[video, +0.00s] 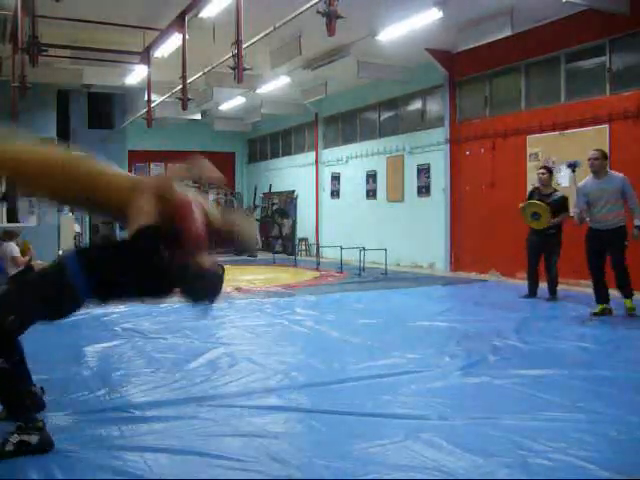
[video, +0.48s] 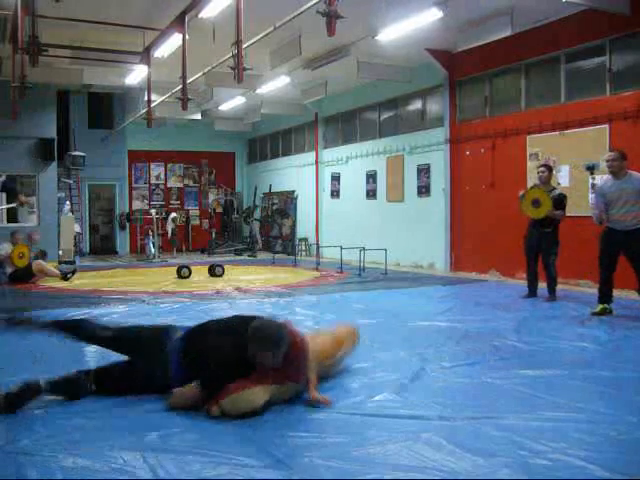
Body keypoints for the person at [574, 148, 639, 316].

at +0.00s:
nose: (591, 163)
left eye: (596, 159)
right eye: (589, 160)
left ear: (605, 162)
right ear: (587, 163)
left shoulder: (620, 180)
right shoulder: (584, 187)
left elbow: (633, 203)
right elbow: (580, 208)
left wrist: (636, 223)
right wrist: (579, 216)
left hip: (617, 228)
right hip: (595, 229)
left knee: (619, 265)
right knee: (596, 270)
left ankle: (628, 298)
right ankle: (602, 303)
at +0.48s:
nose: (609, 165)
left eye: (613, 161)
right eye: (607, 161)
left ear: (624, 162)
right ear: (605, 164)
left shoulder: (636, 180)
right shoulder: (603, 185)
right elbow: (599, 211)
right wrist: (599, 216)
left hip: (634, 229)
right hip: (613, 229)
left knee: (638, 269)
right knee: (606, 269)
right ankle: (604, 302)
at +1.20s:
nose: (633, 164)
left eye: (635, 160)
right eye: (631, 161)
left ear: (639, 162)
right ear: (629, 163)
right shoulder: (625, 186)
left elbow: (622, 208)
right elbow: (621, 208)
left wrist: (628, 217)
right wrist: (625, 217)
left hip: (634, 227)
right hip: (632, 226)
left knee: (626, 263)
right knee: (625, 263)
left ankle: (623, 298)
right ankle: (622, 298)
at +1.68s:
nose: (635, 164)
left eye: (636, 161)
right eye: (633, 161)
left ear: (639, 163)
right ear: (631, 164)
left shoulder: (630, 187)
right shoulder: (627, 187)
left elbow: (624, 210)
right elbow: (623, 209)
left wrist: (629, 221)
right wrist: (627, 221)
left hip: (634, 228)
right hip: (633, 228)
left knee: (628, 264)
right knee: (627, 264)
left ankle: (623, 299)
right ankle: (623, 299)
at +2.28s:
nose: (634, 164)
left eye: (636, 160)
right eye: (632, 161)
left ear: (639, 163)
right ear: (630, 164)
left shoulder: (630, 187)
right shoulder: (626, 186)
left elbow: (623, 209)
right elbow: (622, 209)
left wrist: (629, 222)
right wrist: (628, 222)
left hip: (634, 228)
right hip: (633, 228)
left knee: (627, 264)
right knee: (626, 264)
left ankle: (623, 299)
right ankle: (623, 299)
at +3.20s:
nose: (634, 163)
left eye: (636, 160)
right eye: (632, 160)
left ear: (639, 162)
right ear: (630, 163)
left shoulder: (629, 186)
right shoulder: (626, 185)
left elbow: (622, 208)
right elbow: (622, 208)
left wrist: (628, 222)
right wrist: (627, 223)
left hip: (634, 229)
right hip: (632, 228)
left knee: (627, 265)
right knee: (626, 265)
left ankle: (623, 300)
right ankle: (623, 299)